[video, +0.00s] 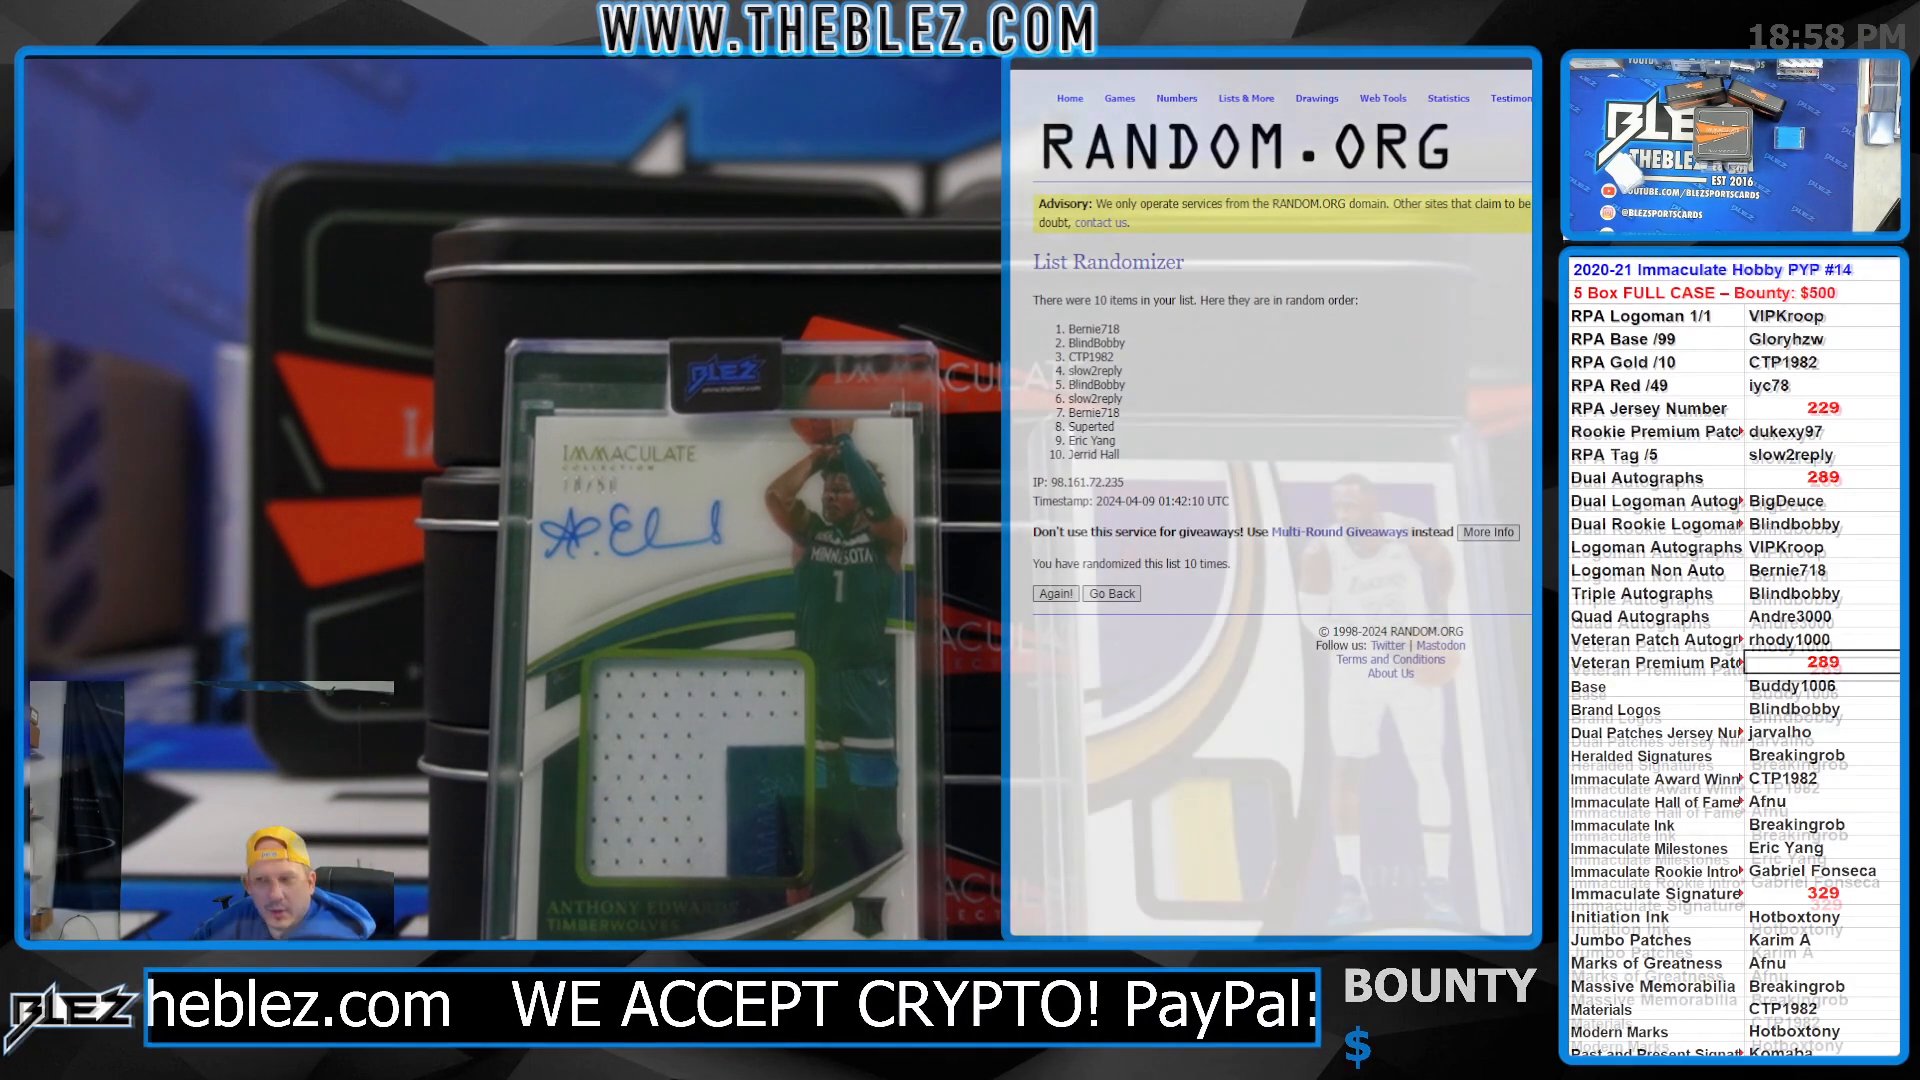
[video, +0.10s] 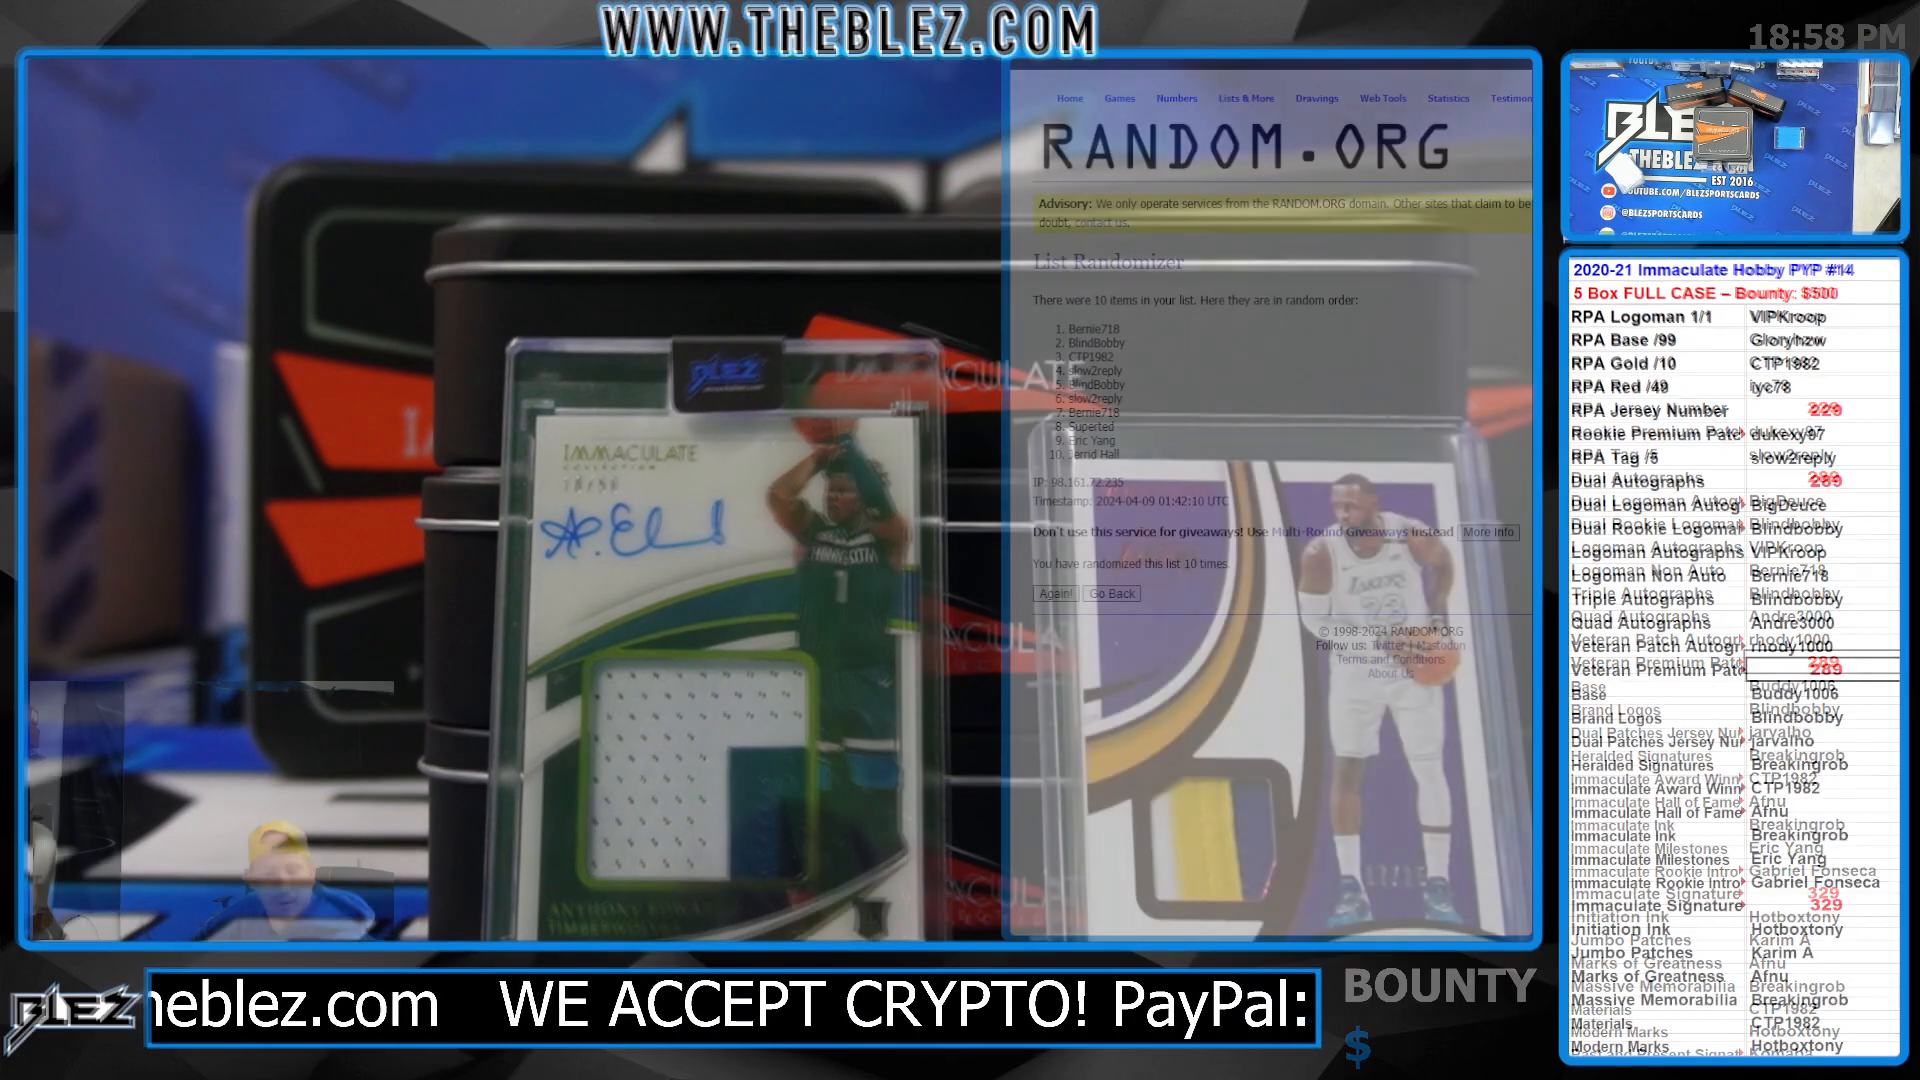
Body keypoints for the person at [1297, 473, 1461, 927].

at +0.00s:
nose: (1348, 513)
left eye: (1355, 503)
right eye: (1341, 506)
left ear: (1374, 502)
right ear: (1333, 510)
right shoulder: (1325, 550)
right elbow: (1312, 616)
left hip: (1414, 675)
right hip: (1352, 678)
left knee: (1429, 773)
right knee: (1348, 774)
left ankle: (1436, 882)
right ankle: (1349, 885)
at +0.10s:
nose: (1344, 515)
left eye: (1352, 506)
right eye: (1338, 507)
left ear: (1374, 505)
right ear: (1332, 509)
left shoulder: (1411, 533)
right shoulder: (1321, 553)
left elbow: (1444, 565)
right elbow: (1316, 624)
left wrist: (1434, 618)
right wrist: (1380, 645)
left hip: (1415, 674)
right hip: (1354, 677)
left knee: (1430, 772)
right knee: (1348, 774)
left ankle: (1438, 885)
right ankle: (1351, 889)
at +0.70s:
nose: (1344, 514)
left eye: (1352, 506)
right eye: (1338, 506)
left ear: (1373, 505)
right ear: (1332, 509)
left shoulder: (1413, 536)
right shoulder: (1319, 555)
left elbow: (1444, 564)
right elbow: (1315, 620)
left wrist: (1437, 616)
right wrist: (1379, 642)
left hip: (1414, 673)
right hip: (1354, 675)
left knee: (1429, 771)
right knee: (1348, 773)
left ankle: (1438, 884)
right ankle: (1351, 888)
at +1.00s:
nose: (1343, 514)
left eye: (1351, 505)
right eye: (1337, 506)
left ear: (1373, 505)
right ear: (1332, 510)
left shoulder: (1412, 536)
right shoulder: (1319, 555)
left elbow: (1444, 563)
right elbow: (1315, 621)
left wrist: (1437, 616)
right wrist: (1379, 642)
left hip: (1414, 673)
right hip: (1354, 675)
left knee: (1429, 771)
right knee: (1348, 773)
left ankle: (1438, 884)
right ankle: (1351, 888)